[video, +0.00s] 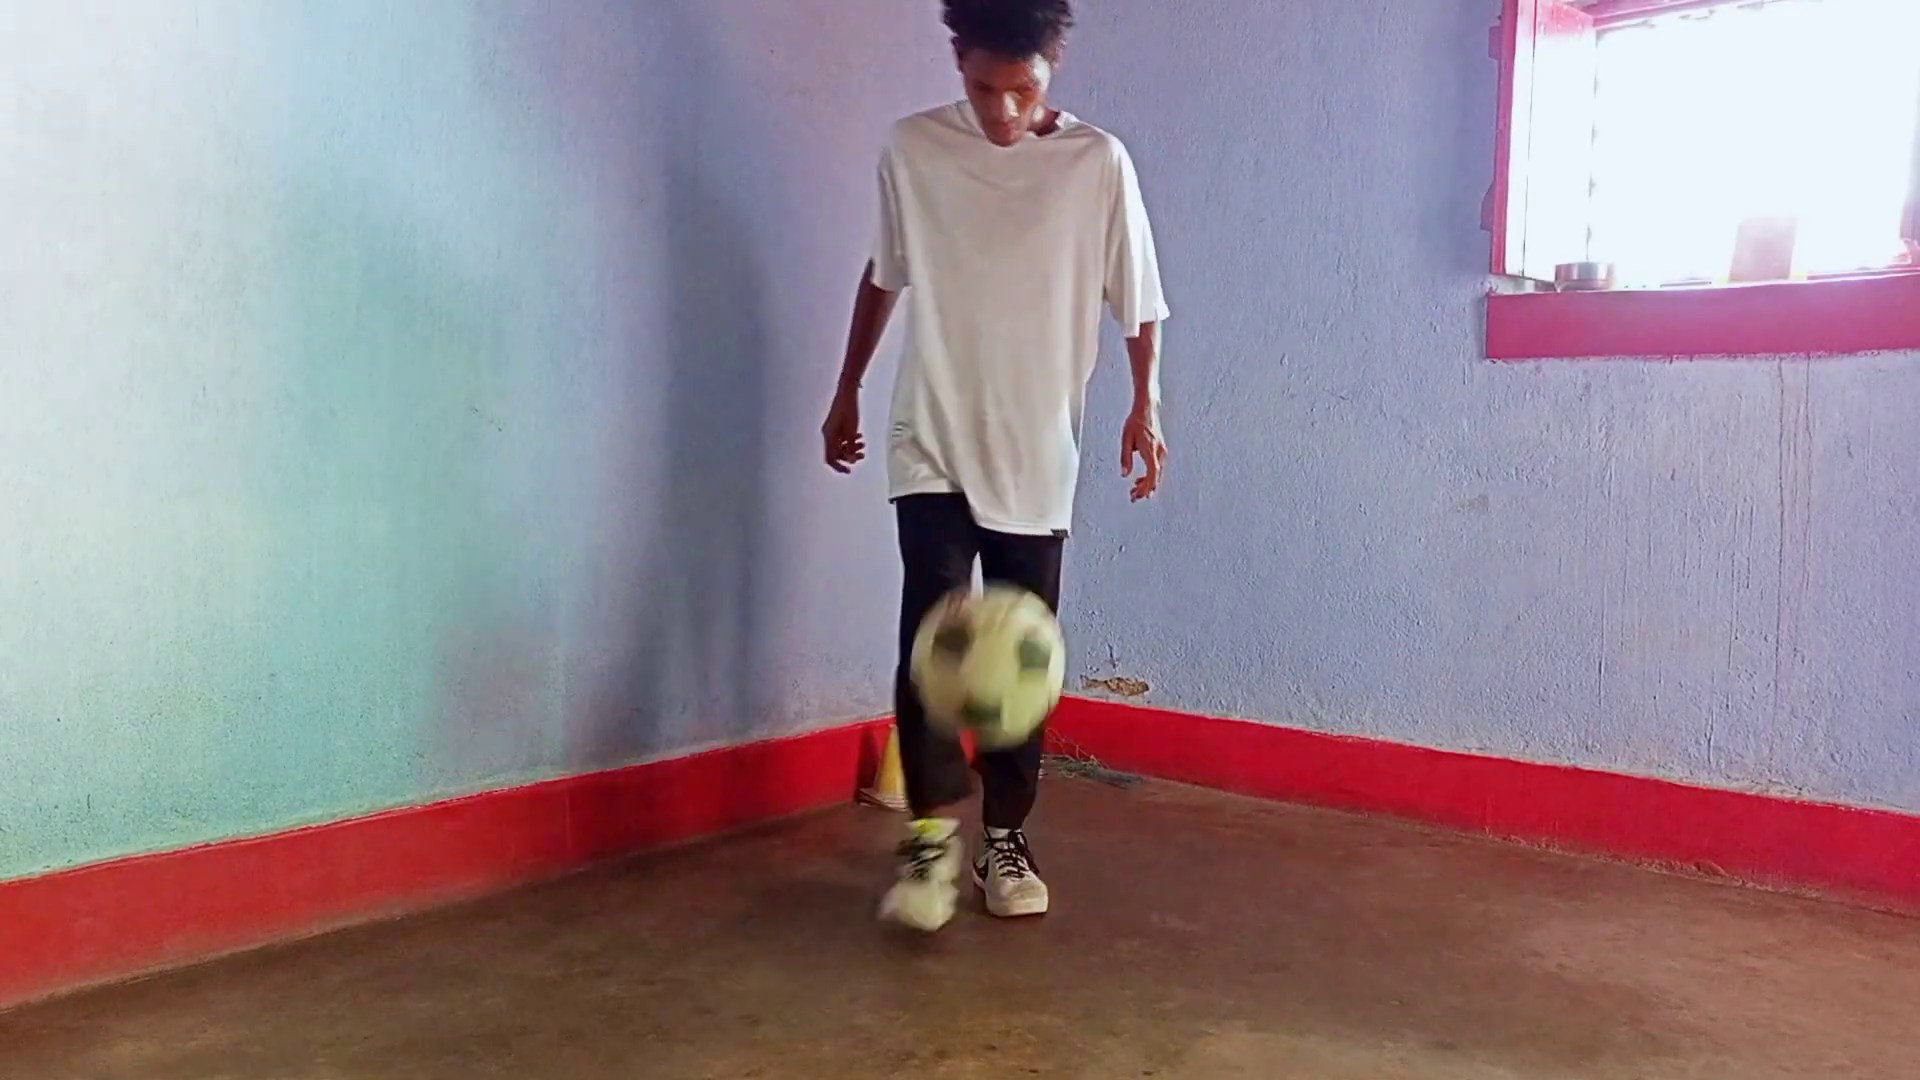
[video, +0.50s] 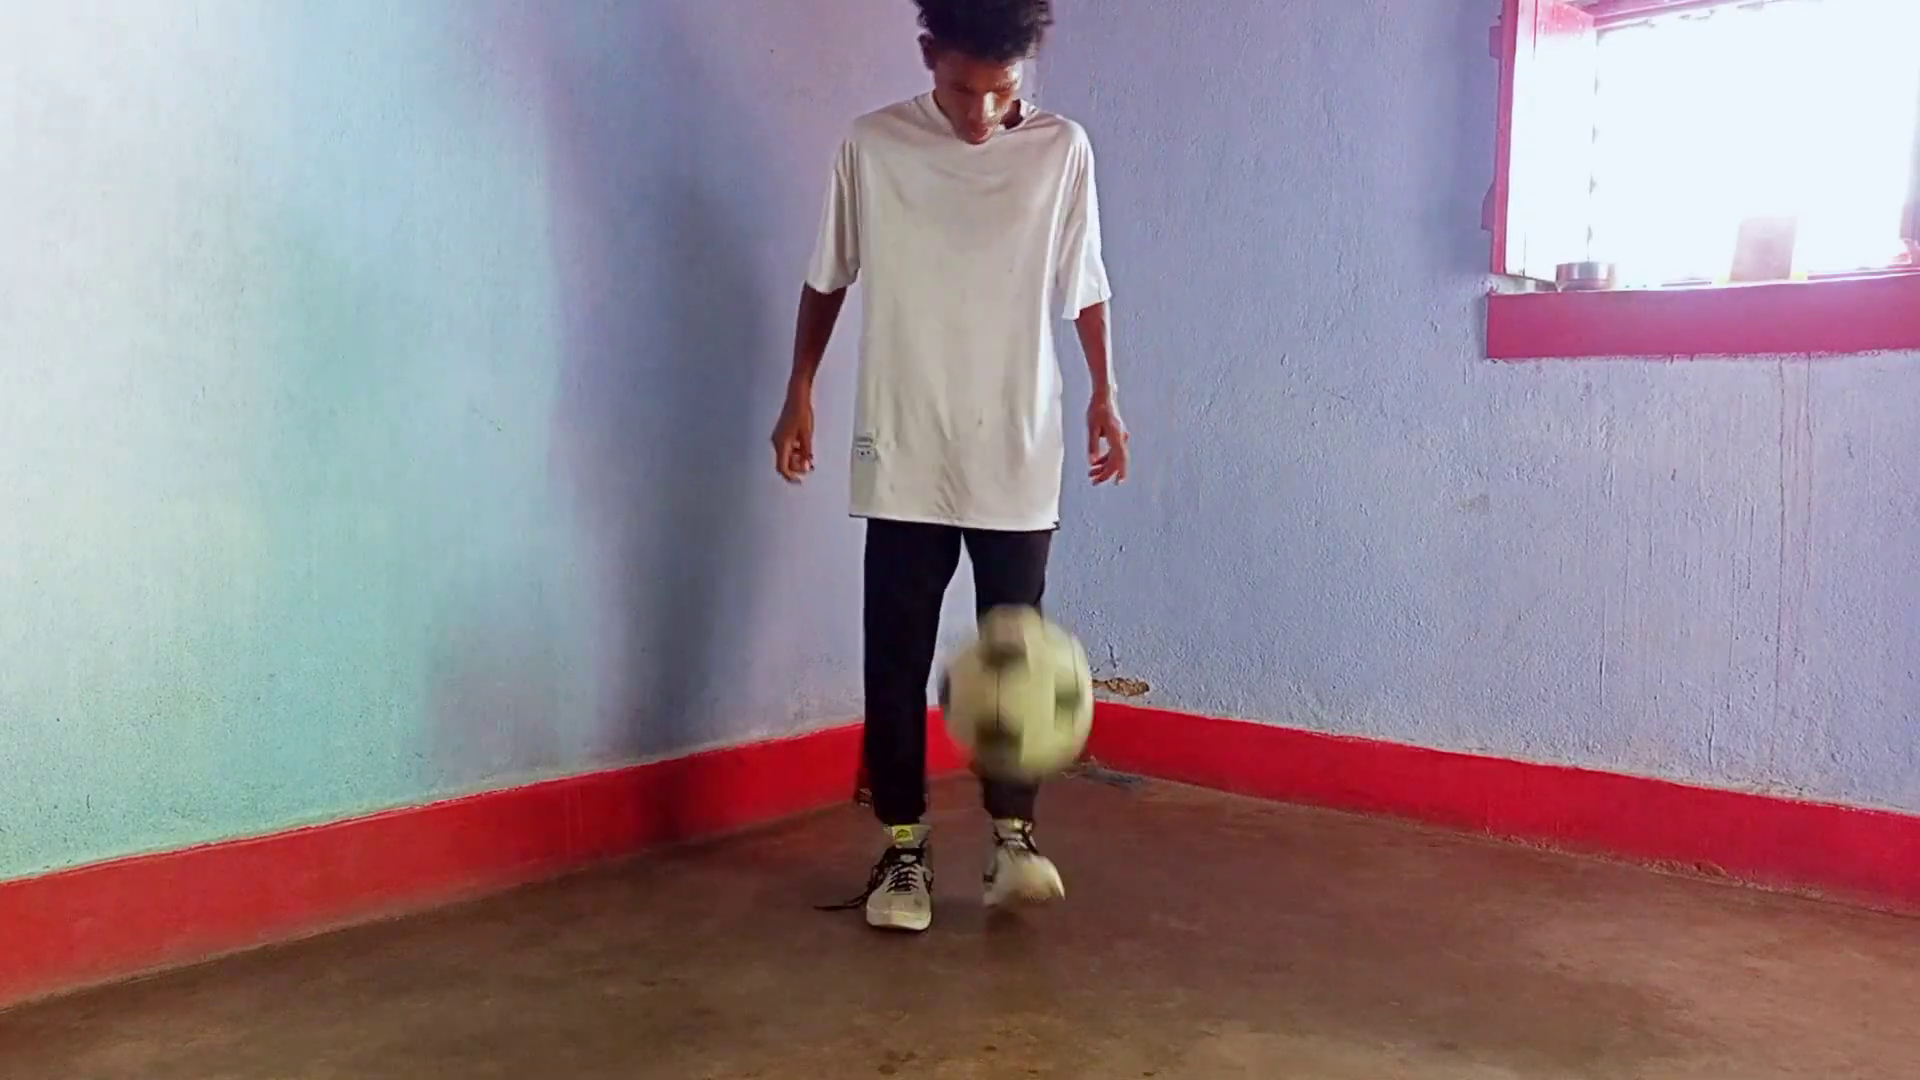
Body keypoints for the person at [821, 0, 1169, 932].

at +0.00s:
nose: (1004, 110)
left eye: (1024, 91)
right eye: (987, 89)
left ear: (1056, 67)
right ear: (960, 61)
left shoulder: (1098, 161)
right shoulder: (913, 148)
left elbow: (1138, 297)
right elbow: (883, 276)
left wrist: (1145, 408)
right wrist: (847, 391)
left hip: (1036, 439)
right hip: (929, 430)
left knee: (1026, 645)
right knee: (930, 630)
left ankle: (1006, 841)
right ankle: (930, 841)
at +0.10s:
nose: (989, 105)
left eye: (1007, 86)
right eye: (971, 85)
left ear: (1039, 60)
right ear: (943, 56)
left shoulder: (1085, 154)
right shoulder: (898, 147)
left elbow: (1127, 293)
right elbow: (871, 280)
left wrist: (1138, 409)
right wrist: (836, 395)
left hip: (1035, 442)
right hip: (926, 438)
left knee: (1022, 650)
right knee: (918, 646)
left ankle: (1005, 844)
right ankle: (910, 844)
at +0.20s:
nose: (972, 104)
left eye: (990, 85)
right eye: (954, 86)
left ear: (1018, 56)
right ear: (922, 56)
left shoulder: (1063, 149)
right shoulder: (876, 150)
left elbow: (1105, 287)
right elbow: (846, 290)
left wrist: (1120, 401)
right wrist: (822, 410)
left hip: (1022, 446)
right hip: (911, 446)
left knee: (1016, 652)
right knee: (905, 652)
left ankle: (1007, 840)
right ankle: (906, 846)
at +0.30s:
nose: (967, 106)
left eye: (985, 84)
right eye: (950, 86)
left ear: (1009, 57)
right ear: (914, 54)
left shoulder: (1054, 152)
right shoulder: (867, 154)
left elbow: (1092, 290)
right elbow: (835, 294)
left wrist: (1111, 406)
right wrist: (811, 415)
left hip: (1015, 448)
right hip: (907, 447)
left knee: (1011, 661)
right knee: (905, 661)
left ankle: (1005, 838)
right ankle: (904, 848)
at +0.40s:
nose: (973, 116)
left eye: (992, 96)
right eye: (955, 96)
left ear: (1017, 71)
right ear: (919, 59)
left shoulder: (1054, 153)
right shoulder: (867, 152)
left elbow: (1084, 288)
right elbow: (825, 288)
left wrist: (1103, 400)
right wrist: (799, 405)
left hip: (1013, 449)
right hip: (904, 448)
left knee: (1009, 648)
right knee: (902, 658)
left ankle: (1012, 835)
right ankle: (903, 850)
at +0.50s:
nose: (979, 111)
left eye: (998, 89)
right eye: (961, 88)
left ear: (1023, 64)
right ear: (928, 55)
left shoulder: (1061, 149)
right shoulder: (871, 145)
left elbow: (1085, 284)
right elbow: (827, 279)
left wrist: (1104, 398)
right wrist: (798, 394)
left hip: (1019, 449)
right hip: (904, 447)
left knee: (1015, 655)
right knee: (897, 659)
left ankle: (1015, 839)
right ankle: (903, 855)